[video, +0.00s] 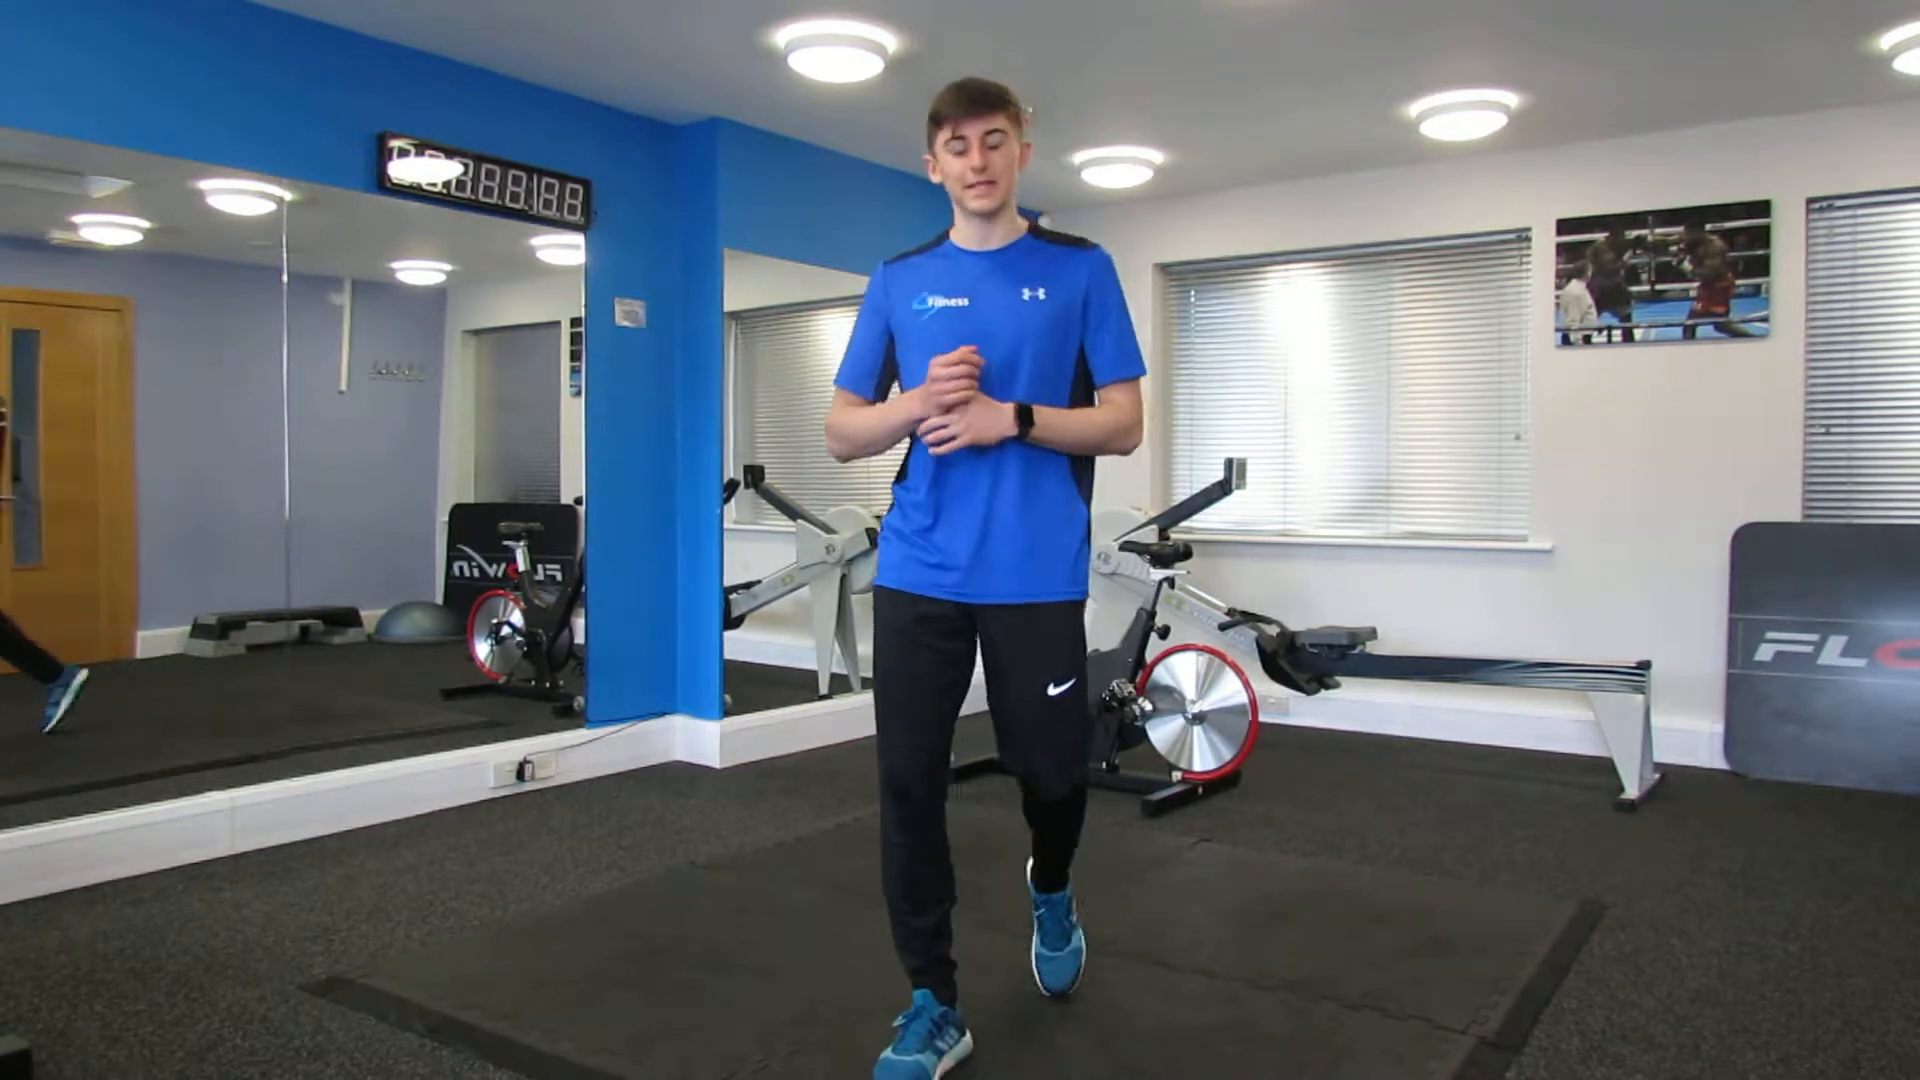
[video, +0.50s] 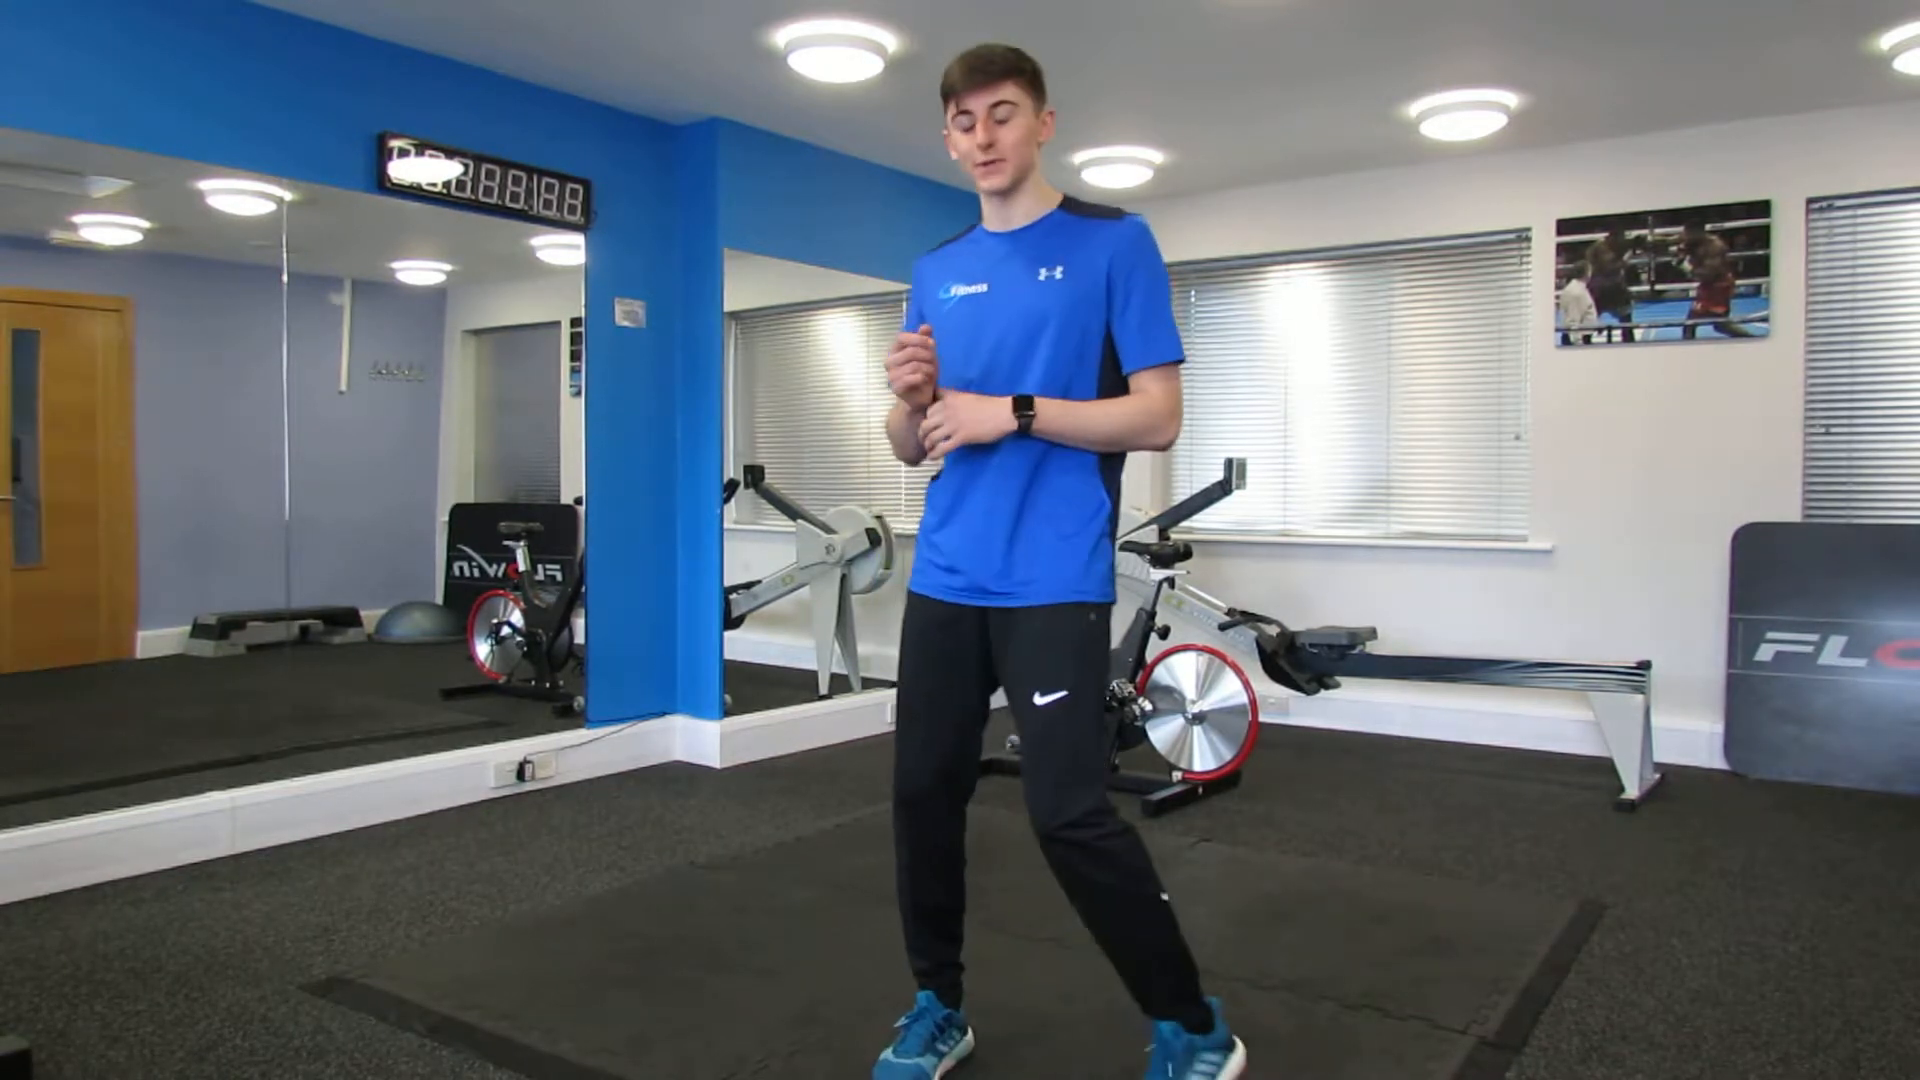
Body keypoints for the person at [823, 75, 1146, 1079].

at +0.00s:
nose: (977, 156)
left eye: (994, 139)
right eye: (958, 143)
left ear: (1024, 155)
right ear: (935, 164)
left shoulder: (1079, 269)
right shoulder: (897, 282)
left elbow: (1125, 422)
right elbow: (844, 433)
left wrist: (1012, 417)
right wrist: (917, 403)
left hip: (1038, 573)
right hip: (919, 570)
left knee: (1054, 775)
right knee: (908, 785)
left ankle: (1051, 893)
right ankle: (931, 1001)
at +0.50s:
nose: (980, 136)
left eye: (1001, 114)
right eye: (963, 121)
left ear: (1045, 123)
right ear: (951, 139)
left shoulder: (1114, 242)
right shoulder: (934, 272)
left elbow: (1159, 415)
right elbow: (914, 452)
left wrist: (1012, 414)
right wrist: (912, 401)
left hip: (1058, 578)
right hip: (946, 574)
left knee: (1070, 814)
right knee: (923, 798)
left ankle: (1193, 1032)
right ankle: (938, 1006)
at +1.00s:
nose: (1037, 139)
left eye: (1052, 113)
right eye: (1033, 120)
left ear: (1119, 110)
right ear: (1089, 123)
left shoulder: (1205, 228)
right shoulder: (1093, 247)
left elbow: (1255, 408)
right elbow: (1133, 400)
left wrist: (1088, 429)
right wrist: (1053, 389)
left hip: (1194, 583)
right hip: (1110, 574)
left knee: (1192, 815)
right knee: (1090, 792)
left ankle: (1219, 1039)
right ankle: (1044, 990)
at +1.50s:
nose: (1141, 174)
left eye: (1160, 152)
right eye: (1125, 161)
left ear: (1205, 158)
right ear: (1117, 180)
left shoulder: (1260, 255)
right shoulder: (1133, 296)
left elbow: (1307, 420)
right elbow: (1128, 460)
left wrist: (1157, 400)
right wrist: (1110, 401)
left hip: (1232, 566)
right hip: (1155, 569)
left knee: (1217, 800)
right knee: (1178, 780)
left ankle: (1225, 1035)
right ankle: (1229, 947)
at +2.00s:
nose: (1187, 196)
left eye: (1203, 182)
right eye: (1171, 183)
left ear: (1230, 196)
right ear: (1150, 200)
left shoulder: (1283, 280)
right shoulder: (1133, 318)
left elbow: (1342, 412)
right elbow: (1122, 460)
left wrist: (1215, 408)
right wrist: (1154, 414)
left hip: (1262, 560)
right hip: (1171, 566)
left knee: (1268, 751)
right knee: (1194, 757)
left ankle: (1308, 911)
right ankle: (1238, 935)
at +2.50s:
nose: (1244, 227)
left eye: (1263, 217)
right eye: (1232, 211)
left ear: (1284, 235)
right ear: (1209, 222)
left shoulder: (1313, 326)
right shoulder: (1172, 315)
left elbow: (1347, 458)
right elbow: (1155, 429)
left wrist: (1231, 441)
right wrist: (1160, 427)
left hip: (1271, 568)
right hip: (1179, 557)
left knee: (1288, 732)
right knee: (1147, 705)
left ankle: (1291, 889)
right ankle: (1194, 891)